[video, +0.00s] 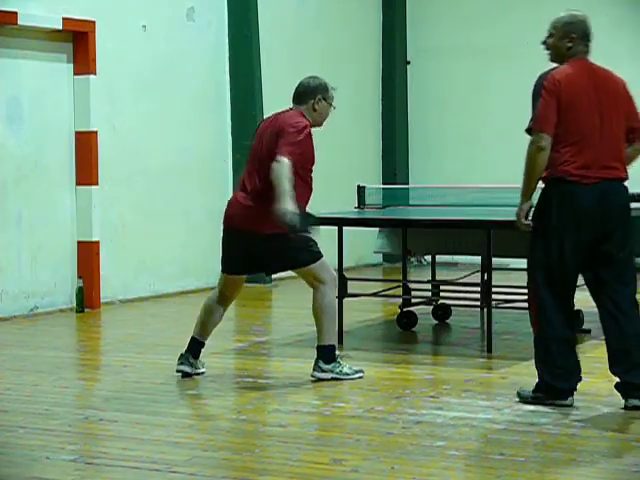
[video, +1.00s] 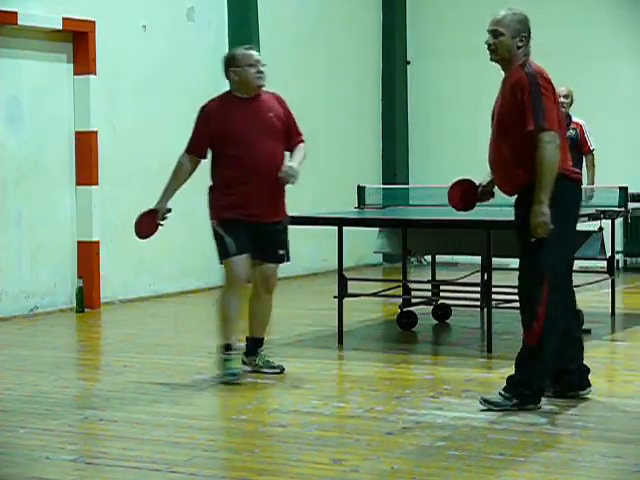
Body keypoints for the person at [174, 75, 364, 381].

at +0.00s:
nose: (329, 112)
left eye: (331, 105)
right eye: (329, 105)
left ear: (300, 101)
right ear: (315, 102)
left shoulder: (271, 122)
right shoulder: (297, 125)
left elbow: (256, 169)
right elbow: (281, 162)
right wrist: (285, 201)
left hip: (238, 222)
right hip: (274, 224)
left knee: (225, 292)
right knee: (326, 281)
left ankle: (190, 356)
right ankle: (327, 360)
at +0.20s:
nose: (338, 96)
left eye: (337, 91)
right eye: (332, 91)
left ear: (309, 95)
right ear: (312, 93)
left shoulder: (290, 118)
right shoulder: (307, 121)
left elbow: (300, 172)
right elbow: (309, 173)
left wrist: (340, 192)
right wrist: (346, 202)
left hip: (255, 220)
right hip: (285, 224)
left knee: (247, 288)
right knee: (334, 282)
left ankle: (197, 349)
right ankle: (327, 362)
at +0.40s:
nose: (332, 81)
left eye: (331, 76)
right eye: (326, 77)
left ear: (311, 84)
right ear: (305, 83)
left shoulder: (308, 113)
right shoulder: (298, 111)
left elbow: (303, 161)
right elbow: (291, 160)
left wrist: (338, 169)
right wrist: (335, 169)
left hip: (276, 217)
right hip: (287, 218)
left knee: (293, 286)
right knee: (331, 281)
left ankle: (232, 331)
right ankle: (327, 361)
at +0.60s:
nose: (309, 78)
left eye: (309, 73)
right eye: (302, 74)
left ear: (305, 80)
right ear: (282, 82)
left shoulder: (307, 114)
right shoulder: (267, 115)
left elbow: (309, 156)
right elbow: (249, 164)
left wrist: (334, 169)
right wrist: (281, 187)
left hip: (305, 216)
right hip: (275, 218)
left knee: (304, 291)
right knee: (315, 279)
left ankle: (265, 344)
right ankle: (326, 360)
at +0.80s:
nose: (285, 75)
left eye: (284, 69)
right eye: (277, 71)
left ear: (281, 75)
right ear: (257, 79)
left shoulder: (293, 108)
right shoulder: (238, 115)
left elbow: (313, 147)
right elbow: (211, 160)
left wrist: (319, 167)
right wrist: (194, 202)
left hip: (289, 213)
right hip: (252, 214)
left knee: (285, 284)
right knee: (283, 274)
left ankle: (254, 352)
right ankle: (306, 354)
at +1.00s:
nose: (261, 70)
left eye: (261, 64)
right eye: (253, 66)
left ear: (261, 71)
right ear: (233, 73)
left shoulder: (276, 104)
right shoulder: (213, 112)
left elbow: (298, 143)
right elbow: (190, 158)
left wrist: (294, 164)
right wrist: (163, 201)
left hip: (270, 210)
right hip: (229, 210)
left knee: (266, 280)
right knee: (238, 276)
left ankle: (254, 354)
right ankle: (228, 354)